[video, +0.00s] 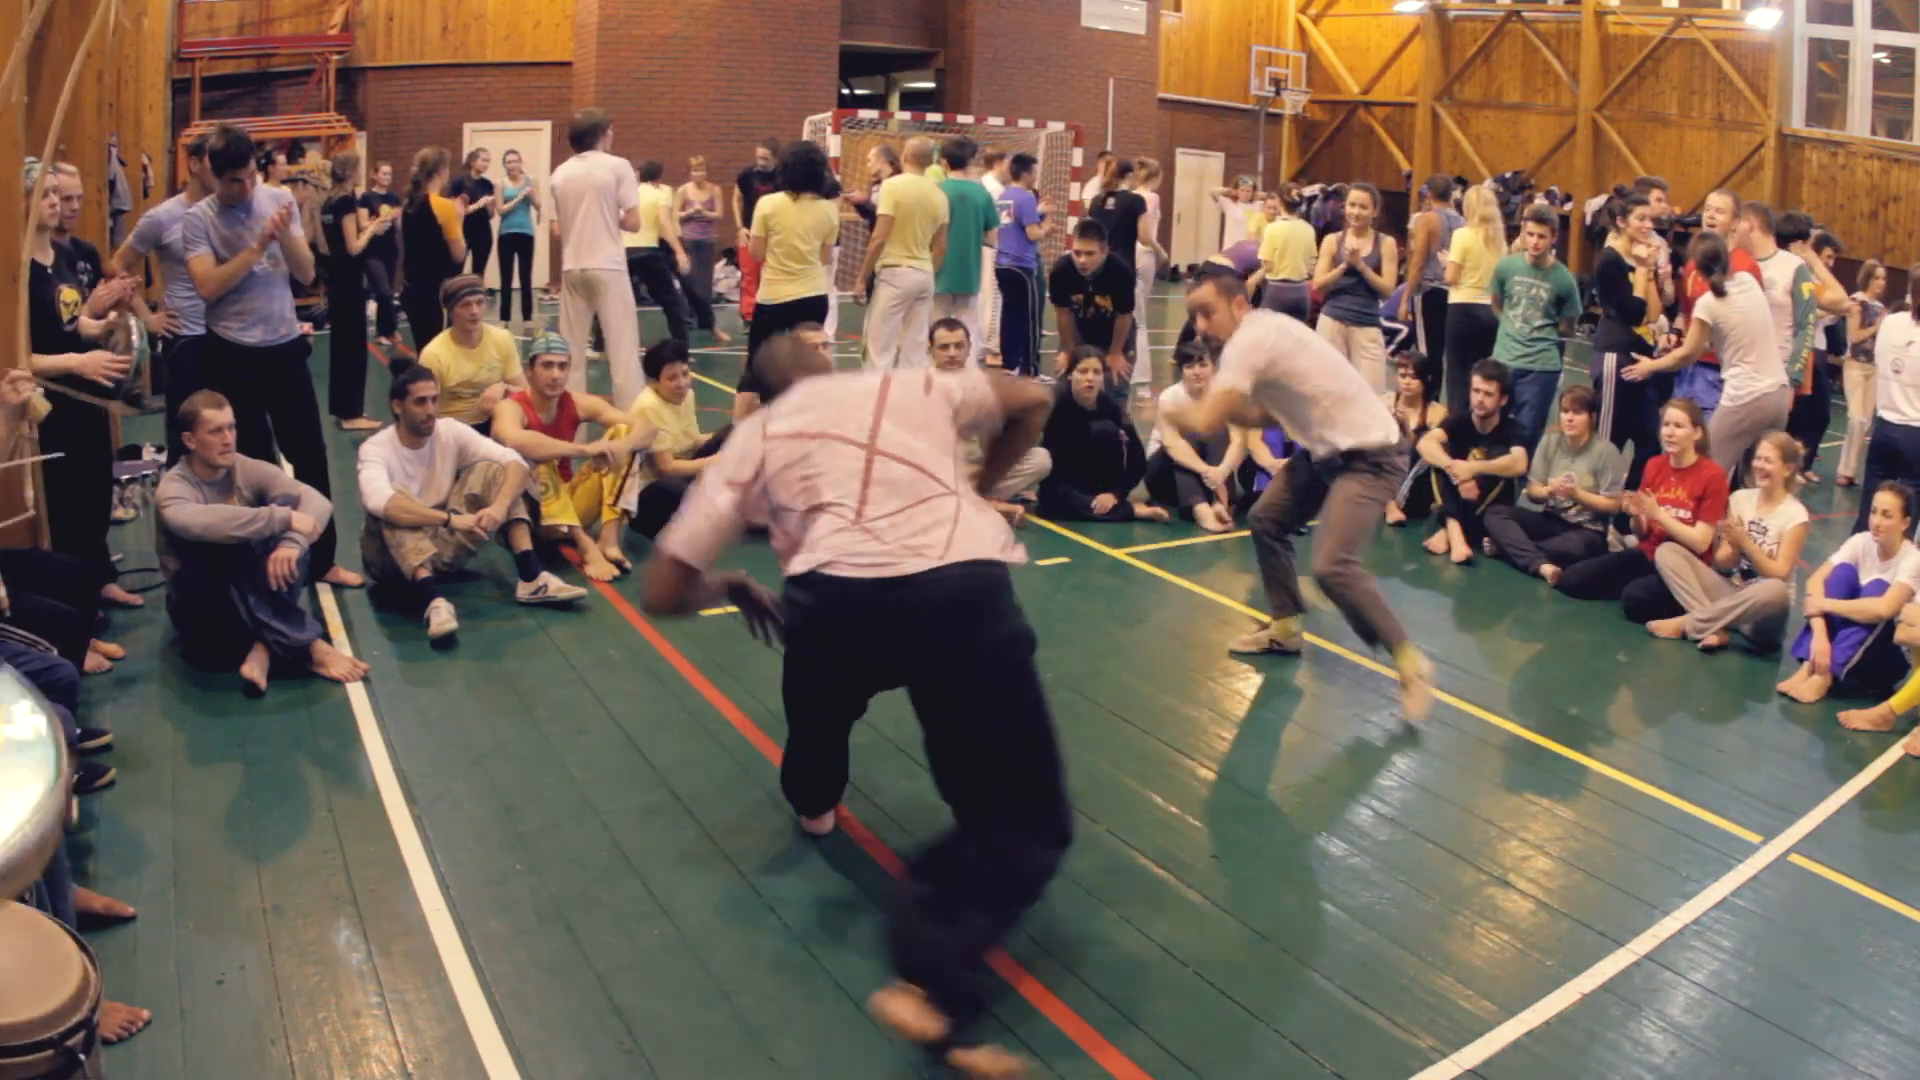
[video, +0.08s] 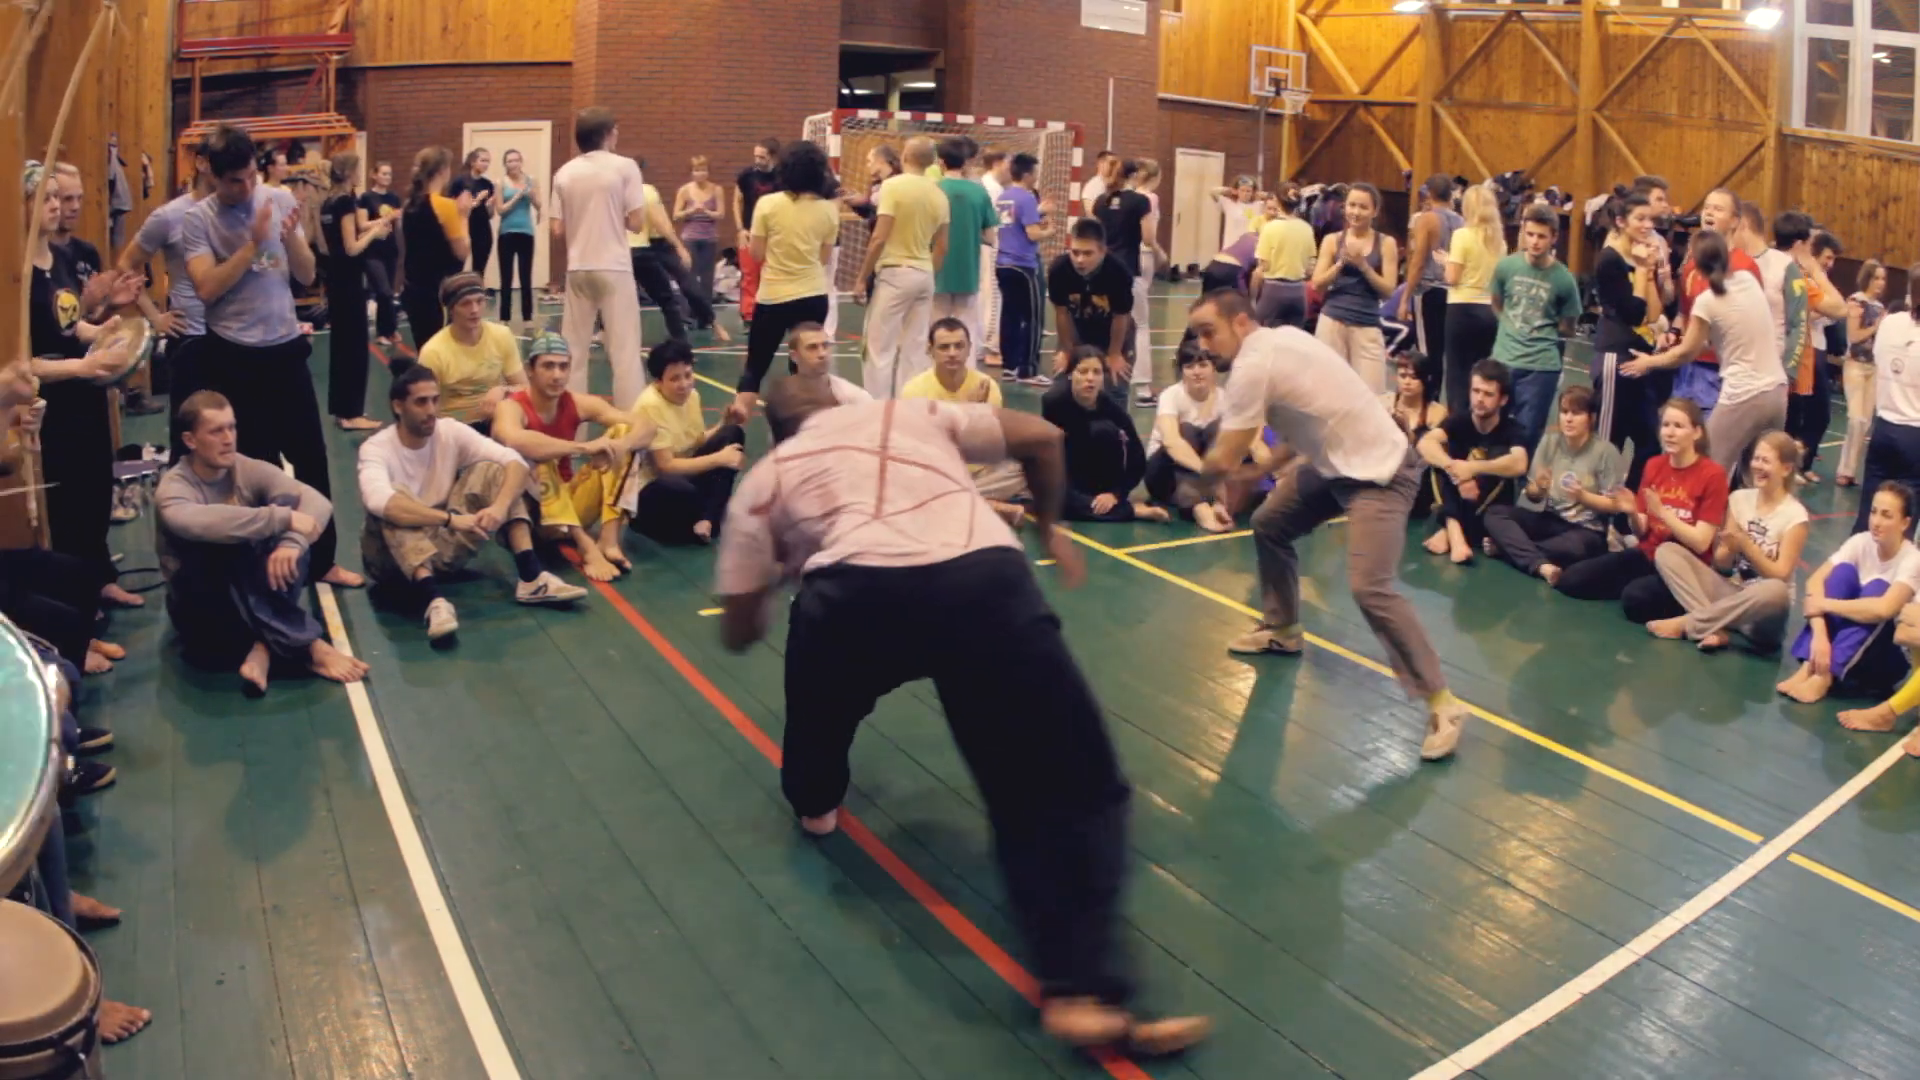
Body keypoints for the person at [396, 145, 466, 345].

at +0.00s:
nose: (449, 173)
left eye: (448, 168)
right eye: (447, 168)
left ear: (421, 170)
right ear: (441, 171)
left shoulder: (408, 206)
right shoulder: (444, 206)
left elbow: (405, 250)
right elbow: (458, 253)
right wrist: (459, 217)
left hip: (412, 286)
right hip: (434, 288)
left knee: (423, 350)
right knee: (434, 349)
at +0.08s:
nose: (450, 173)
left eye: (450, 168)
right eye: (449, 167)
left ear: (422, 170)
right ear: (443, 171)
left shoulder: (409, 207)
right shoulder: (445, 205)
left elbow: (405, 251)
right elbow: (462, 251)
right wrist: (464, 215)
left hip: (413, 287)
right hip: (438, 289)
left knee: (425, 351)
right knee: (439, 350)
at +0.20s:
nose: (451, 172)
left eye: (450, 167)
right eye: (450, 166)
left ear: (423, 170)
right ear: (444, 170)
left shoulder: (411, 206)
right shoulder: (447, 204)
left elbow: (406, 251)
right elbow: (464, 250)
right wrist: (466, 214)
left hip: (415, 285)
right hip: (441, 287)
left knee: (425, 349)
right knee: (441, 349)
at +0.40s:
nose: (454, 172)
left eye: (453, 167)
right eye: (453, 167)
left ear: (426, 168)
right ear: (447, 170)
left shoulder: (414, 203)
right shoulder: (451, 203)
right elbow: (470, 248)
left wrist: (465, 208)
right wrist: (467, 211)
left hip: (418, 283)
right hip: (444, 286)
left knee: (426, 349)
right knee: (443, 349)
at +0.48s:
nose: (455, 172)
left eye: (454, 167)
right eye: (454, 167)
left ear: (426, 168)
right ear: (448, 170)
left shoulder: (414, 204)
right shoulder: (451, 202)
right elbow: (471, 246)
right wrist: (471, 211)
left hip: (418, 283)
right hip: (445, 286)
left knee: (426, 347)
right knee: (444, 347)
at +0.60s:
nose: (455, 171)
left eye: (455, 167)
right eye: (454, 166)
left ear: (428, 168)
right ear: (449, 169)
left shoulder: (415, 204)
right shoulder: (453, 202)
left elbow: (420, 242)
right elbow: (468, 248)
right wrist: (465, 216)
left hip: (420, 281)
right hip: (446, 283)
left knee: (427, 346)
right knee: (445, 345)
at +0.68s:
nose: (455, 171)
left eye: (455, 167)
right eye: (454, 166)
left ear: (428, 168)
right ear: (449, 169)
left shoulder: (415, 204)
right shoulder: (454, 203)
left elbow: (420, 240)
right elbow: (470, 247)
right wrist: (468, 213)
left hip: (420, 282)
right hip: (447, 284)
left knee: (427, 346)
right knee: (446, 346)